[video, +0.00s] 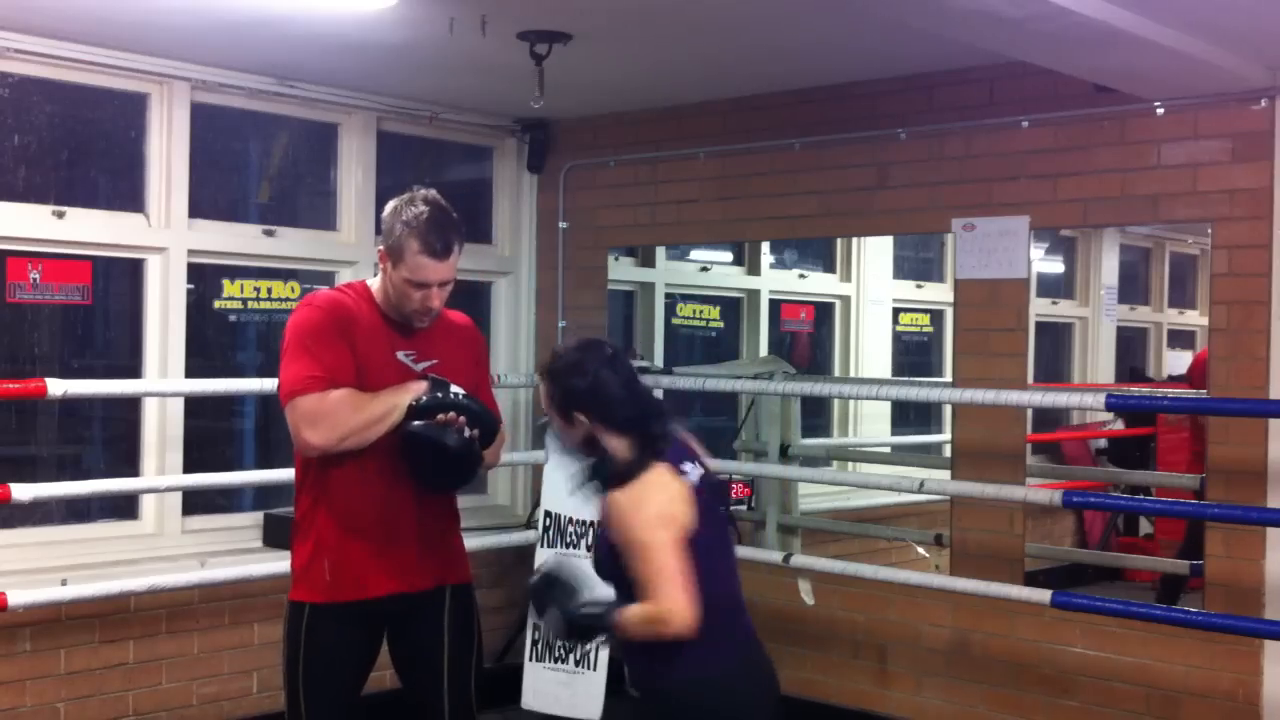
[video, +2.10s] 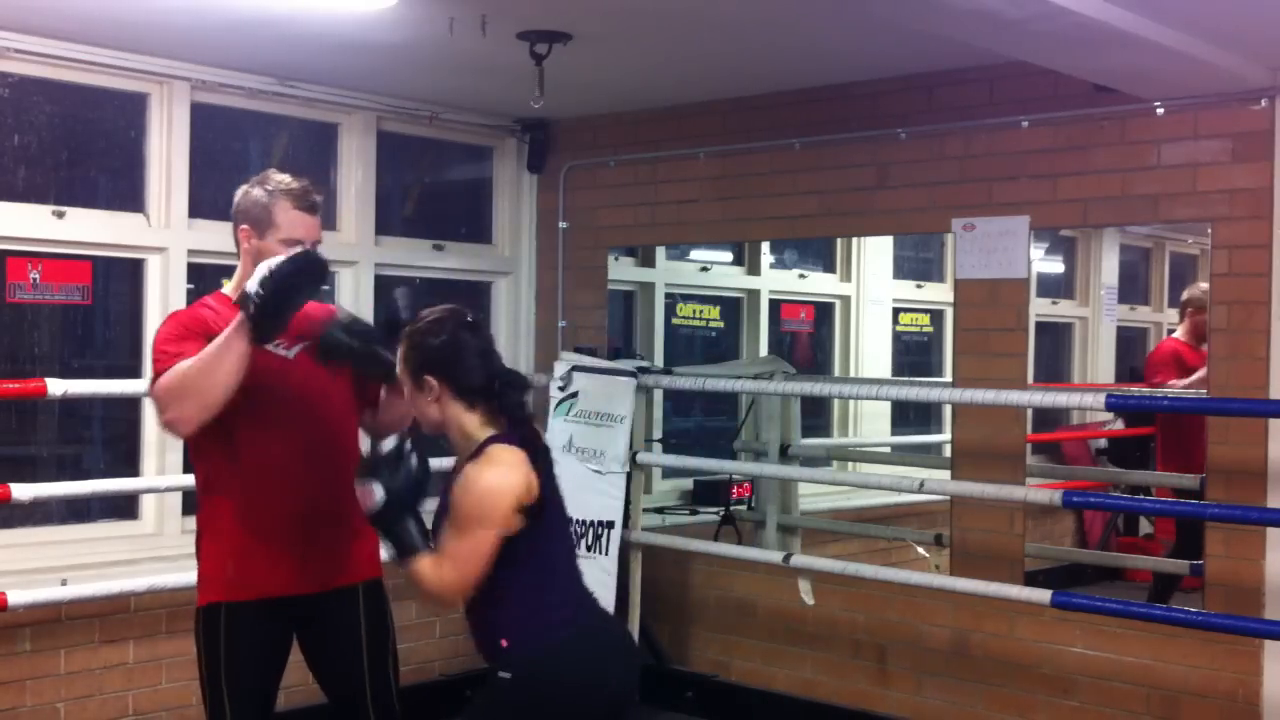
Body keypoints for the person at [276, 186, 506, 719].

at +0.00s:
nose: (436, 300)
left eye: (446, 285)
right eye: (421, 285)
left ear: (455, 267)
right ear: (384, 263)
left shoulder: (462, 334)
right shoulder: (323, 315)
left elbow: (495, 442)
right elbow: (315, 429)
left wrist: (464, 441)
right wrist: (420, 390)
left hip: (437, 578)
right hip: (336, 582)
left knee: (452, 709)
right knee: (319, 713)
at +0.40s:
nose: (463, 278)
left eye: (472, 262)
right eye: (447, 261)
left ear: (480, 256)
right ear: (406, 250)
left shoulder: (477, 335)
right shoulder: (337, 327)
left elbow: (502, 421)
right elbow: (304, 446)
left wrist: (484, 456)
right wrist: (428, 425)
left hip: (442, 578)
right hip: (342, 581)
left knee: (452, 709)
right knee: (319, 712)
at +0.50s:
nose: (480, 274)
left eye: (488, 259)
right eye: (465, 255)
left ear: (494, 257)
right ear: (421, 247)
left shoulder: (492, 338)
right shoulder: (344, 331)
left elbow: (502, 431)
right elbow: (277, 440)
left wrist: (501, 511)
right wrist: (399, 483)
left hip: (442, 585)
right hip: (338, 582)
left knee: (448, 709)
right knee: (307, 711)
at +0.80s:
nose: (431, 264)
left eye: (439, 249)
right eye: (416, 244)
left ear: (444, 253)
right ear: (370, 241)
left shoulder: (446, 342)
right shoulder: (290, 334)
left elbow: (483, 430)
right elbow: (224, 442)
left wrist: (485, 477)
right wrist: (329, 469)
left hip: (400, 587)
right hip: (297, 583)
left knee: (419, 711)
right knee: (263, 711)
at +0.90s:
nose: (392, 262)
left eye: (399, 247)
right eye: (377, 243)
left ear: (404, 249)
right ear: (330, 240)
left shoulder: (408, 335)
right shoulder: (260, 334)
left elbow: (456, 437)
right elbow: (233, 451)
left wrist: (474, 413)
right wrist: (327, 393)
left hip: (376, 584)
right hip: (273, 588)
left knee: (407, 710)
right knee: (250, 711)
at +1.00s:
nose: (364, 257)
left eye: (370, 243)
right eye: (348, 240)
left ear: (378, 243)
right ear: (300, 237)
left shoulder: (383, 329)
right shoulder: (239, 326)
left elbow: (454, 417)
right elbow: (245, 434)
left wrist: (455, 337)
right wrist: (308, 337)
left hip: (359, 577)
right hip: (257, 579)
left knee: (396, 710)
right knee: (242, 712)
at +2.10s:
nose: (307, 260)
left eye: (314, 246)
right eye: (292, 245)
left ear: (321, 242)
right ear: (246, 239)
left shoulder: (333, 324)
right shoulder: (193, 324)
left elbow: (386, 421)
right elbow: (180, 414)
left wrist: (396, 372)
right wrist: (253, 318)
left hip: (344, 577)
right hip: (242, 585)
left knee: (375, 709)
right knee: (238, 713)